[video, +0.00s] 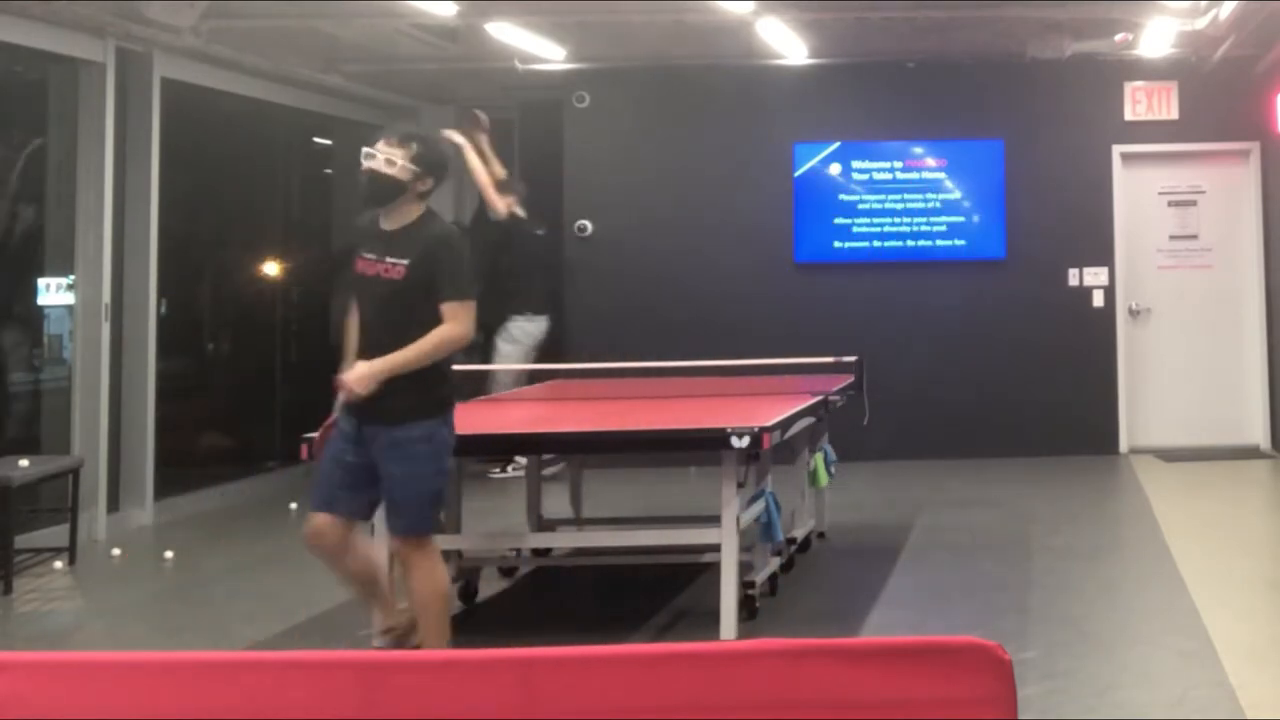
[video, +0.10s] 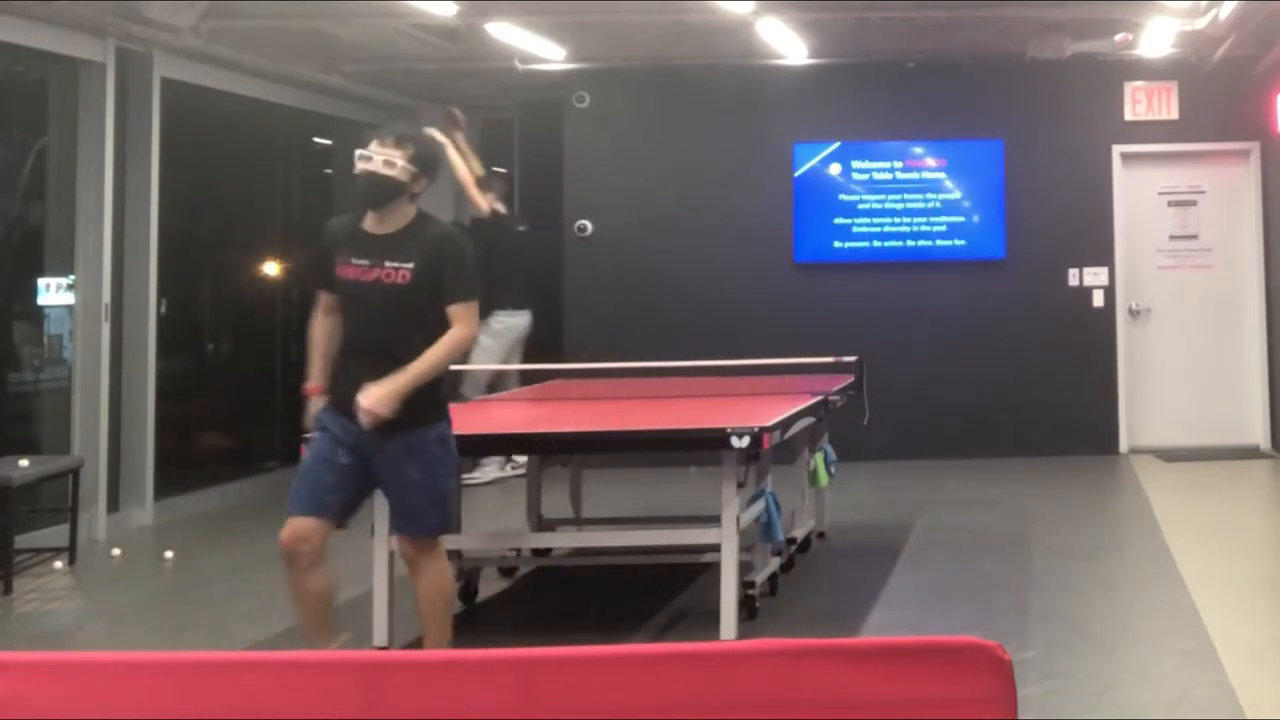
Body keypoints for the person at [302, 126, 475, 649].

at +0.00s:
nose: (374, 174)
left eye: (389, 167)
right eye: (374, 164)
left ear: (422, 182)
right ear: (370, 169)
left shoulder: (444, 239)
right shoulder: (369, 234)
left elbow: (461, 327)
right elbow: (357, 314)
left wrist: (379, 368)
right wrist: (347, 388)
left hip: (416, 420)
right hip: (362, 414)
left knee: (415, 544)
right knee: (325, 530)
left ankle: (436, 664)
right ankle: (394, 613)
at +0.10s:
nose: (372, 171)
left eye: (389, 164)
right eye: (368, 159)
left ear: (418, 182)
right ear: (356, 166)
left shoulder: (444, 242)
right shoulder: (341, 234)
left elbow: (464, 329)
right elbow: (326, 311)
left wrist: (397, 385)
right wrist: (316, 393)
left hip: (416, 429)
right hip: (344, 421)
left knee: (421, 548)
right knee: (298, 542)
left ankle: (437, 667)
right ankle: (325, 664)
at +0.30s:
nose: (334, 179)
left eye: (351, 171)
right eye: (327, 167)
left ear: (379, 188)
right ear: (314, 176)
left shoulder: (410, 255)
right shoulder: (296, 251)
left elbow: (440, 341)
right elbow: (273, 332)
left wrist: (450, 432)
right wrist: (248, 414)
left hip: (385, 445)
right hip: (305, 438)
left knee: (400, 563)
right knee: (284, 568)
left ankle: (428, 671)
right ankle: (261, 707)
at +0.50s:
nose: (294, 158)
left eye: (311, 150)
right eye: (283, 149)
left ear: (340, 170)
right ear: (268, 165)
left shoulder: (373, 243)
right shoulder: (244, 253)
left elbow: (410, 330)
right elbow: (222, 346)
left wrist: (426, 423)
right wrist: (197, 440)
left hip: (345, 446)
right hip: (262, 444)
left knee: (340, 595)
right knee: (259, 588)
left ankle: (389, 652)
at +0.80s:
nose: (305, 152)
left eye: (321, 146)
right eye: (290, 142)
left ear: (337, 172)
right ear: (263, 165)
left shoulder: (357, 255)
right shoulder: (211, 250)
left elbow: (389, 346)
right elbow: (167, 349)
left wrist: (399, 444)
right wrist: (158, 449)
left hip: (316, 470)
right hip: (225, 471)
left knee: (297, 627)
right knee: (245, 623)